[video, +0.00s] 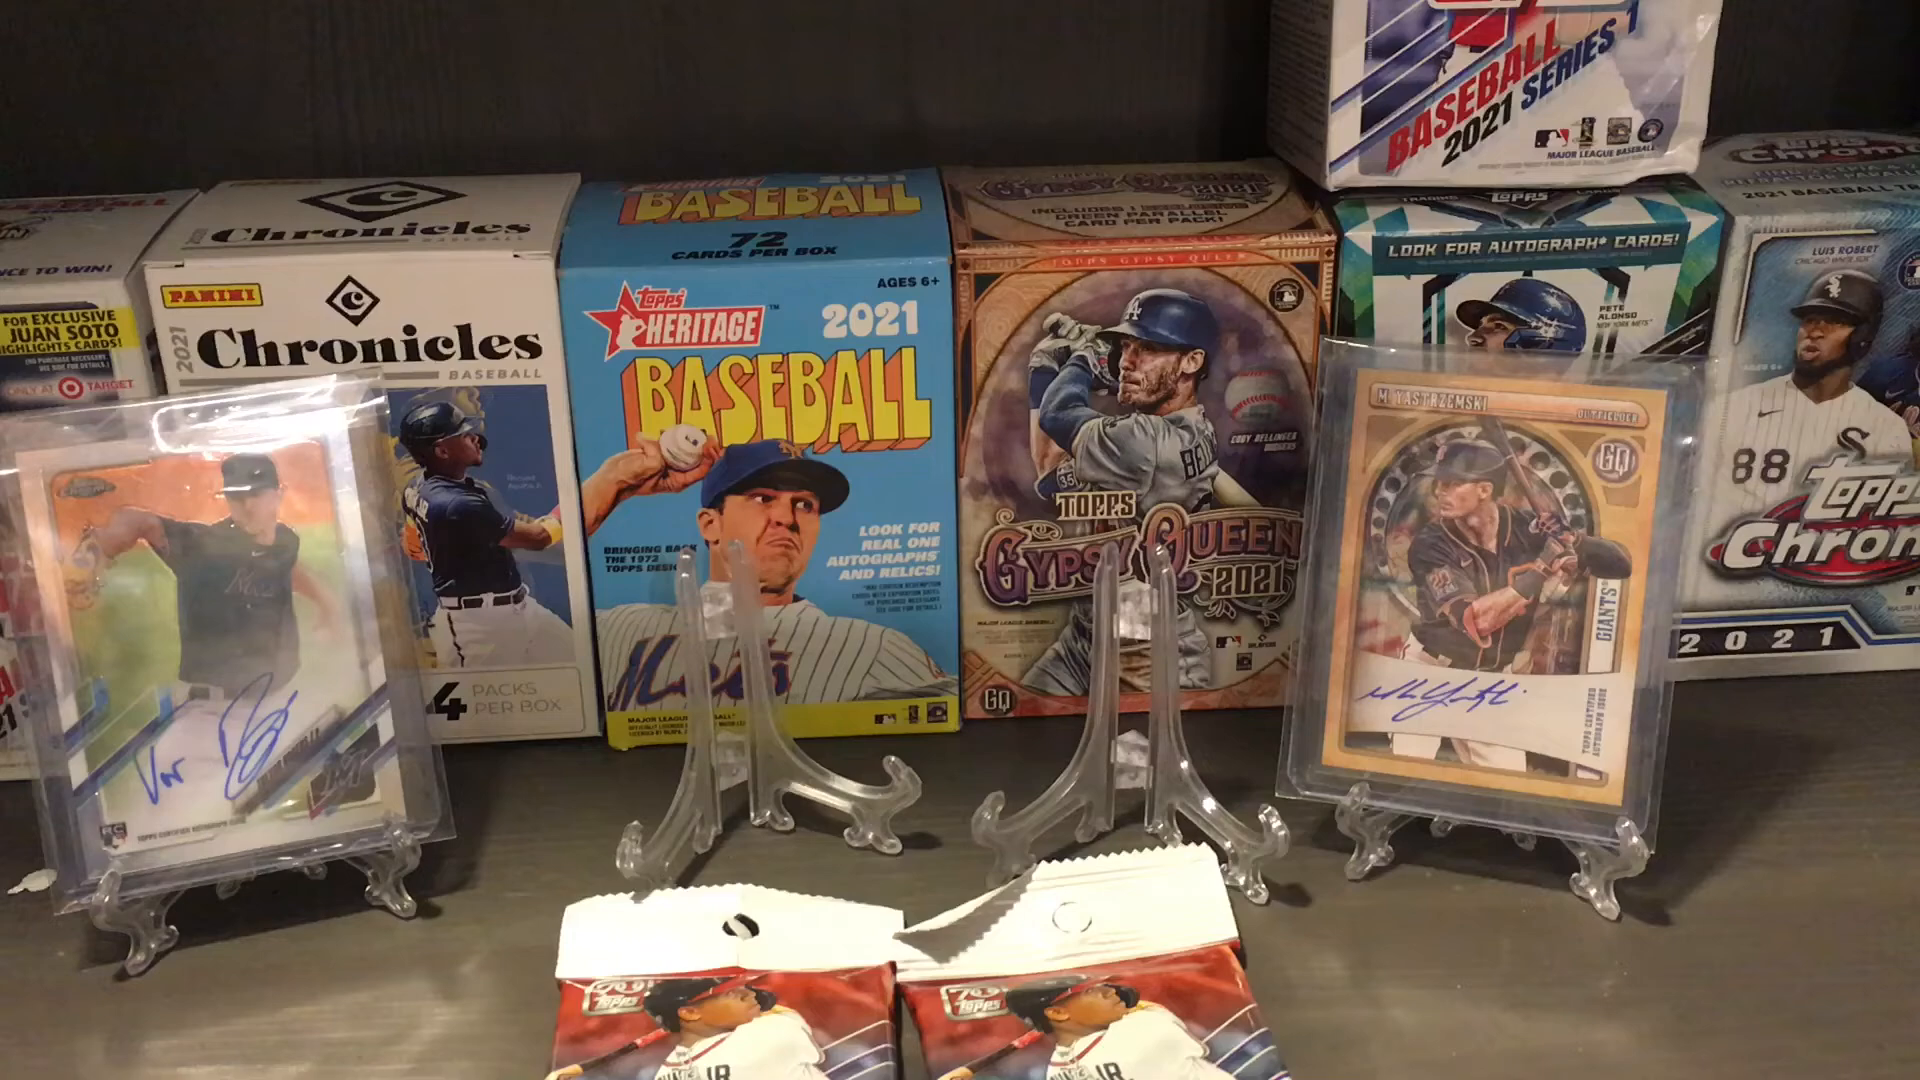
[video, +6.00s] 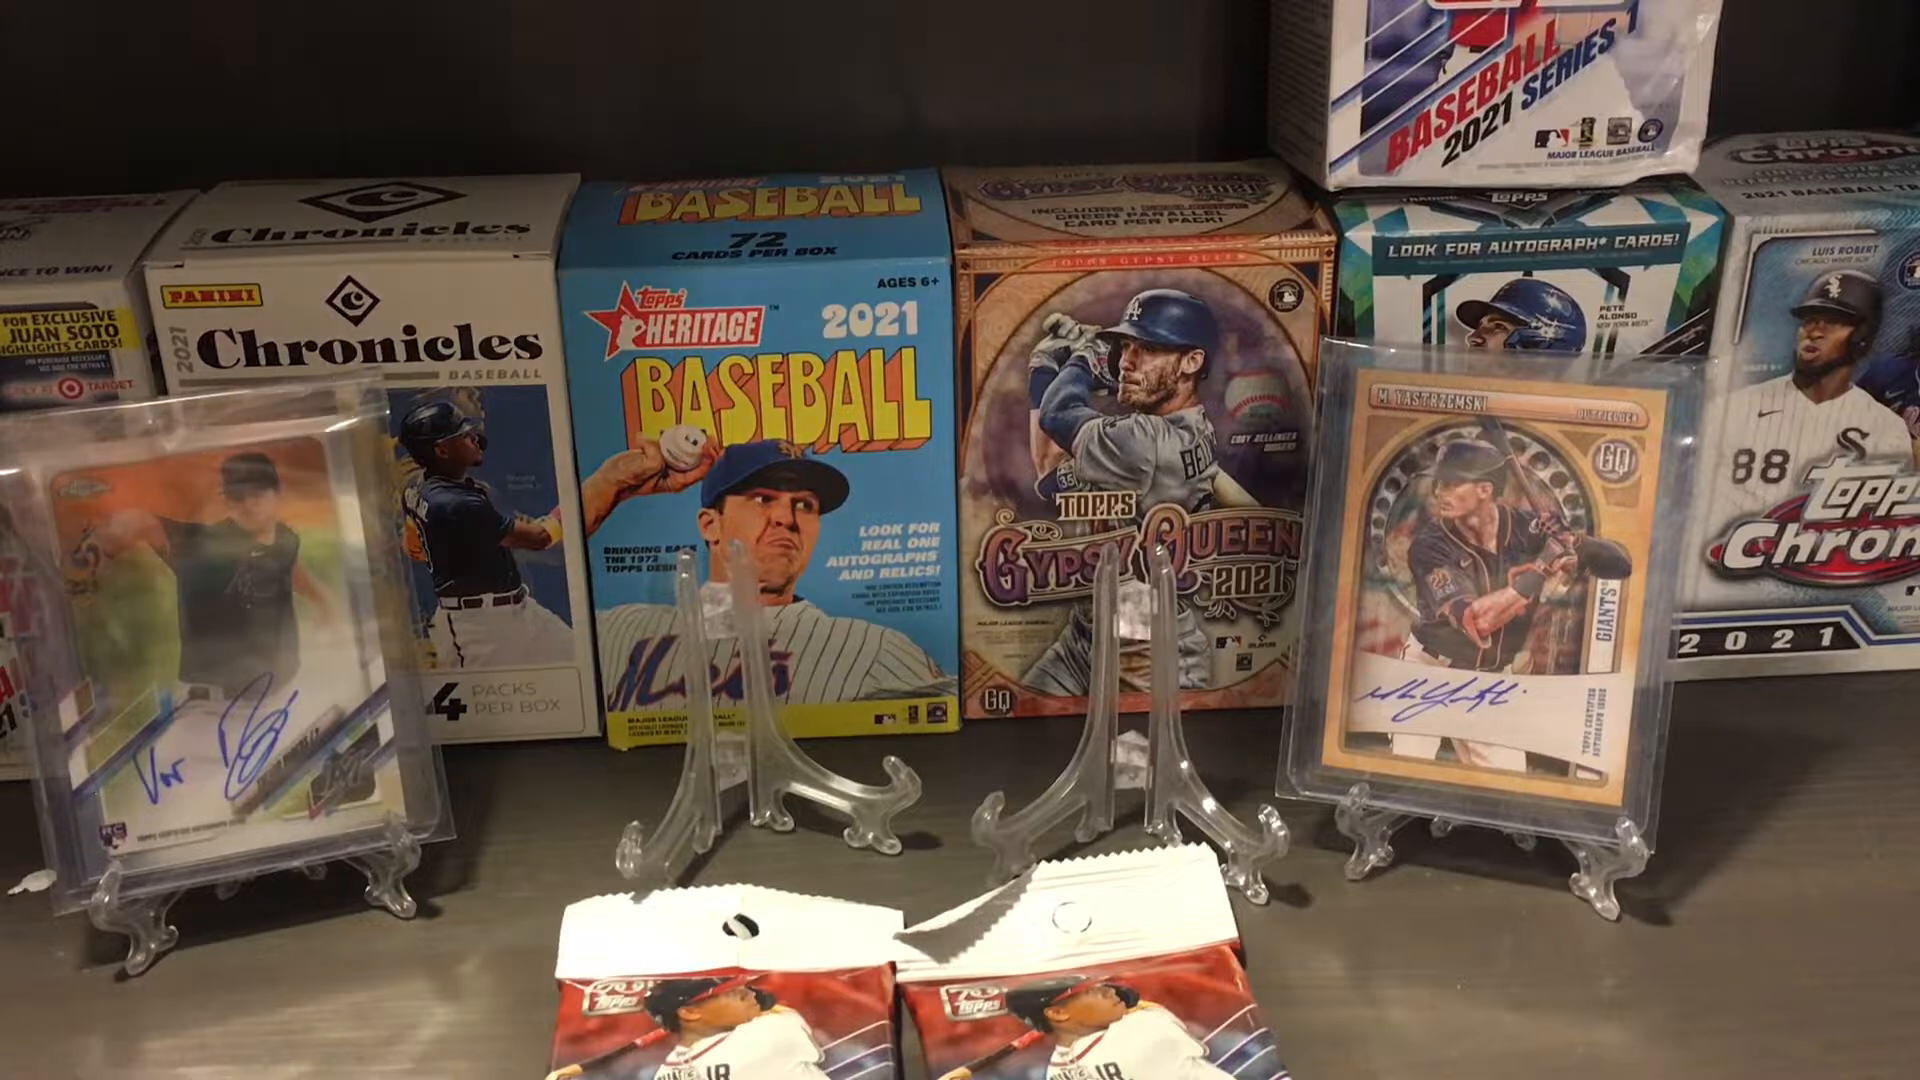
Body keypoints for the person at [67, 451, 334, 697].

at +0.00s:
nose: (245, 505)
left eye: (254, 494)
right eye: (236, 497)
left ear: (277, 495)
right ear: (227, 500)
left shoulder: (286, 542)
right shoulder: (199, 544)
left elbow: (286, 571)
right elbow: (134, 520)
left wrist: (325, 601)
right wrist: (99, 551)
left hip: (278, 699)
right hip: (215, 705)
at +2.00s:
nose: (247, 503)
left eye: (256, 493)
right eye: (237, 495)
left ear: (278, 495)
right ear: (227, 499)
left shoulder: (286, 542)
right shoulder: (198, 542)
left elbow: (288, 570)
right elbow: (134, 519)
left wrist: (324, 601)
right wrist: (104, 546)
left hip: (278, 702)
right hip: (214, 706)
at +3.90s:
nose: (248, 503)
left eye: (257, 493)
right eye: (237, 495)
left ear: (277, 495)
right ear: (227, 501)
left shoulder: (286, 543)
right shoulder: (197, 543)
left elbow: (289, 570)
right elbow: (132, 519)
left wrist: (323, 600)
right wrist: (98, 554)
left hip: (278, 696)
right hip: (215, 701)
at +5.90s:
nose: (251, 507)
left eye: (259, 496)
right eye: (240, 498)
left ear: (276, 496)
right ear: (229, 502)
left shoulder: (286, 541)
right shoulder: (199, 542)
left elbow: (292, 569)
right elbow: (141, 522)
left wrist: (322, 600)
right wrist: (109, 539)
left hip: (276, 690)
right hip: (214, 695)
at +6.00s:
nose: (249, 506)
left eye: (258, 496)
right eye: (238, 498)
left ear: (276, 495)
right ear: (227, 501)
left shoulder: (286, 541)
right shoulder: (200, 542)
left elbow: (292, 569)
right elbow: (143, 523)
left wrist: (321, 599)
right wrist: (114, 536)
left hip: (276, 688)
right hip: (214, 694)